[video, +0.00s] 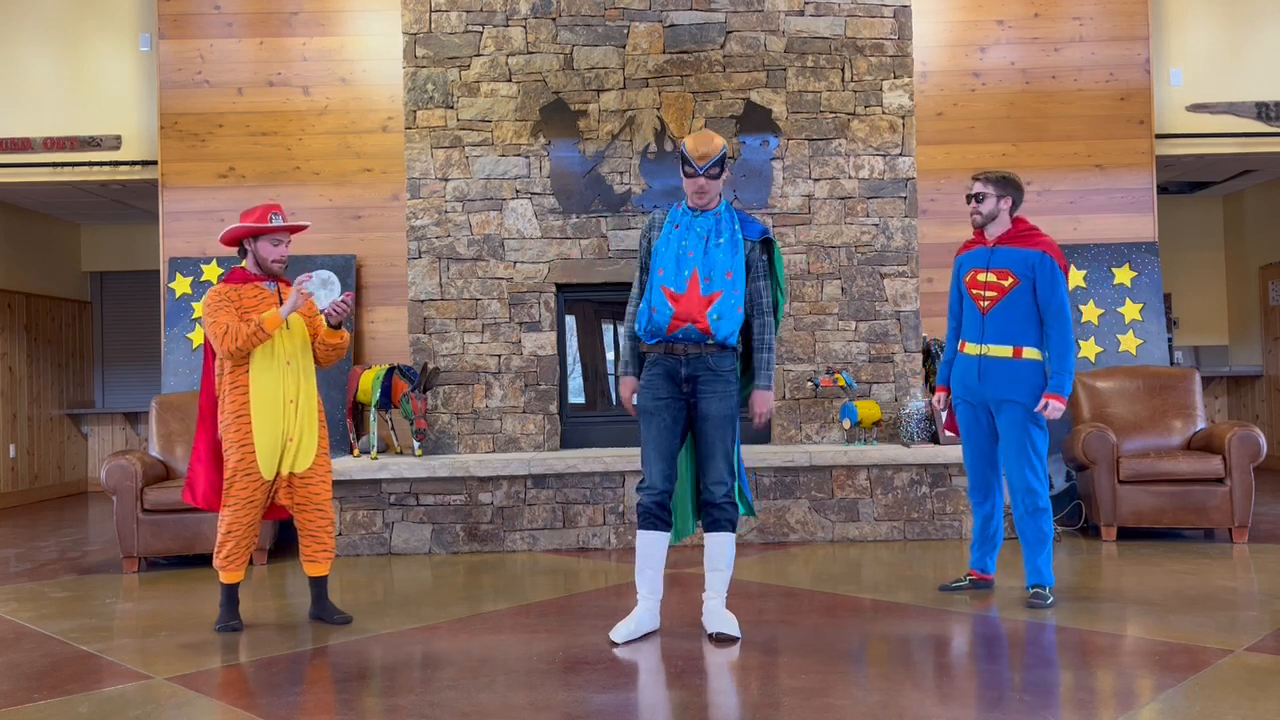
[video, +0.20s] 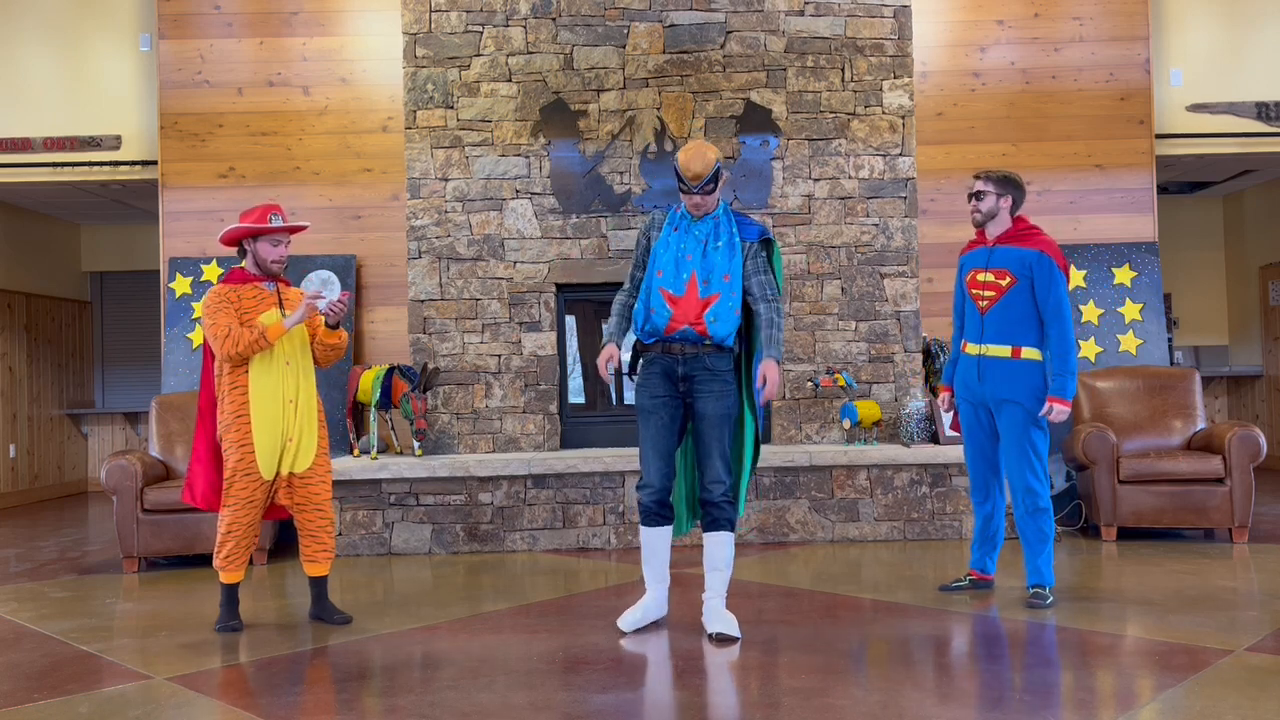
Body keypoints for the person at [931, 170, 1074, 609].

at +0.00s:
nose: (972, 206)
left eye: (980, 198)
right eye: (970, 199)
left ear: (1007, 203)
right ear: (980, 205)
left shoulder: (1039, 252)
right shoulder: (965, 256)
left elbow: (1060, 327)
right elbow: (955, 328)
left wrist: (1060, 387)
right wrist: (943, 383)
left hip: (1020, 389)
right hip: (970, 391)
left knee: (1027, 487)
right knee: (983, 485)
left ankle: (1040, 581)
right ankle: (982, 572)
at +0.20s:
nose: (972, 203)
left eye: (981, 196)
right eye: (971, 197)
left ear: (1007, 202)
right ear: (980, 204)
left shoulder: (1039, 251)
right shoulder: (969, 256)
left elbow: (1060, 325)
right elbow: (961, 328)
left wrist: (1062, 389)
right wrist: (948, 382)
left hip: (1021, 388)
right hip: (973, 390)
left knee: (1028, 486)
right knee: (984, 484)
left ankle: (1040, 581)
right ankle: (981, 572)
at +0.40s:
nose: (972, 205)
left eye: (980, 197)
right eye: (971, 198)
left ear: (1008, 202)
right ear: (982, 205)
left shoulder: (1038, 253)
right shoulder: (972, 257)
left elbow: (1059, 327)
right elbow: (968, 329)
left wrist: (1058, 390)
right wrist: (956, 385)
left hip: (1020, 390)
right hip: (975, 391)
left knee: (1028, 487)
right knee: (984, 485)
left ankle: (1040, 581)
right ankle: (981, 572)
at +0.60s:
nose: (973, 205)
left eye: (982, 197)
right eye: (972, 198)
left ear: (1009, 202)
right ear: (986, 204)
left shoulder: (1039, 252)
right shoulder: (973, 257)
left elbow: (1057, 329)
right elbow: (969, 329)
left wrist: (1047, 390)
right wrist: (959, 385)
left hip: (1018, 389)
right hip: (975, 390)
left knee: (1029, 487)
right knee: (985, 485)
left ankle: (1040, 581)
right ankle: (981, 571)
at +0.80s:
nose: (973, 205)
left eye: (982, 197)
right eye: (972, 198)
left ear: (1009, 202)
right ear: (992, 204)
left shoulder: (1039, 252)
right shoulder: (974, 257)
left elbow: (1054, 330)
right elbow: (969, 329)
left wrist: (1042, 389)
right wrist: (958, 384)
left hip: (1018, 388)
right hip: (974, 387)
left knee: (1029, 486)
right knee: (985, 484)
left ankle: (1040, 580)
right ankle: (982, 572)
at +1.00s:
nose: (971, 205)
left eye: (980, 197)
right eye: (970, 198)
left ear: (1007, 202)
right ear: (978, 205)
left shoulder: (1037, 251)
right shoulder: (971, 256)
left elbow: (1054, 329)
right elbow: (965, 328)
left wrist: (1046, 390)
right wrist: (953, 382)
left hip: (1017, 388)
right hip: (972, 388)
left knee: (1028, 487)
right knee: (985, 485)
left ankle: (1040, 580)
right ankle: (982, 571)